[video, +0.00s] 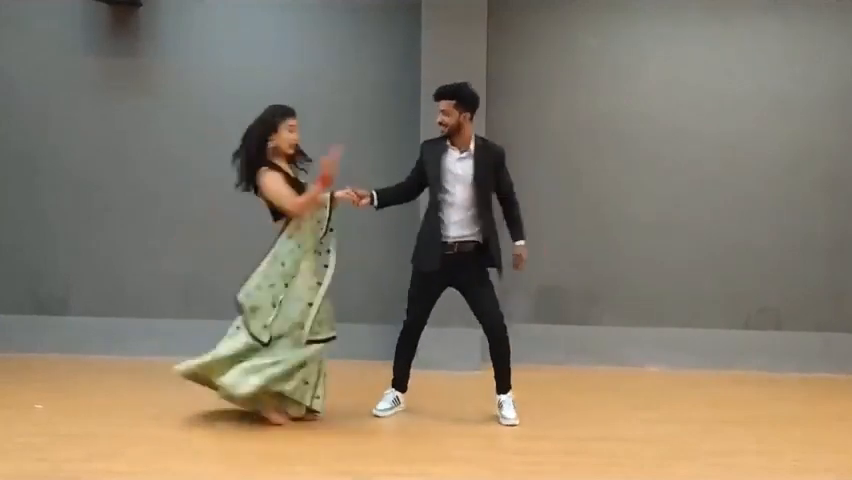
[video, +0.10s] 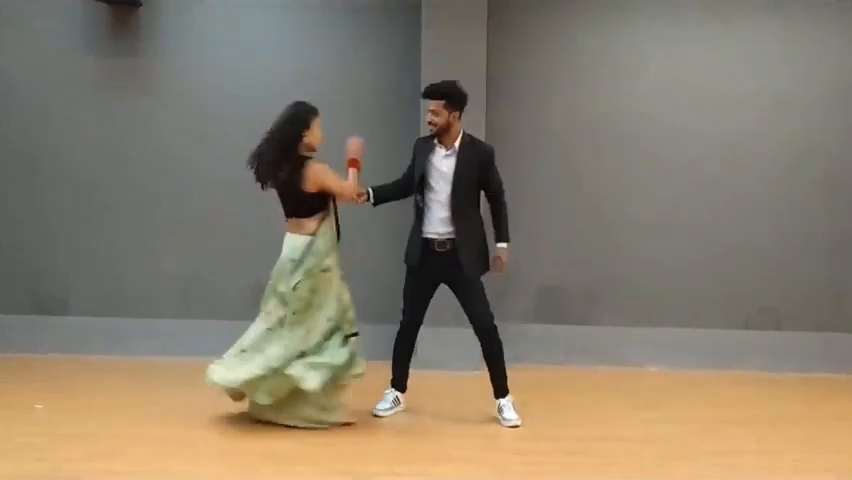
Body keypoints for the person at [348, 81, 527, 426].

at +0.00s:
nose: (439, 119)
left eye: (445, 113)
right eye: (438, 113)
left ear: (466, 115)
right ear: (443, 115)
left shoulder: (491, 154)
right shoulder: (431, 151)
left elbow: (507, 197)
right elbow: (410, 188)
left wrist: (518, 240)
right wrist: (372, 197)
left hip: (471, 256)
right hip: (433, 255)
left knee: (495, 326)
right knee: (413, 323)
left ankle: (504, 397)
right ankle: (396, 392)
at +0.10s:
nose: (428, 118)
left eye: (435, 112)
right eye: (427, 112)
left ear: (455, 114)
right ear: (431, 113)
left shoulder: (480, 153)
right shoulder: (423, 148)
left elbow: (496, 197)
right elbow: (408, 184)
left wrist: (501, 242)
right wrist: (370, 194)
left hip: (461, 252)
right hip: (424, 251)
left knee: (485, 325)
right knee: (409, 323)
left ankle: (503, 399)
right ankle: (396, 392)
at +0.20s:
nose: (425, 118)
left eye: (431, 113)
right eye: (423, 112)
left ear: (451, 113)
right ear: (423, 112)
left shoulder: (473, 150)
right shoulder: (418, 146)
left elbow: (490, 196)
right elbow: (402, 183)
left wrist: (490, 239)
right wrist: (362, 193)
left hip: (454, 251)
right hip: (417, 249)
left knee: (478, 324)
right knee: (407, 324)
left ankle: (500, 399)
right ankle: (393, 396)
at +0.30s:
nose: (424, 117)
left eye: (431, 111)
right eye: (423, 110)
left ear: (450, 112)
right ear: (423, 110)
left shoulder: (473, 150)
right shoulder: (416, 146)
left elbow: (488, 195)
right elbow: (397, 185)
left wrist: (487, 236)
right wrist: (354, 199)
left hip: (453, 251)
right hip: (416, 249)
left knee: (478, 325)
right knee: (407, 325)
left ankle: (500, 398)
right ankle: (394, 397)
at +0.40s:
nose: (428, 116)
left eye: (436, 111)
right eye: (426, 110)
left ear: (455, 113)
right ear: (423, 109)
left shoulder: (474, 150)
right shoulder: (415, 145)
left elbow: (488, 194)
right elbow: (400, 184)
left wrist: (486, 229)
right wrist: (368, 201)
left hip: (455, 250)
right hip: (416, 247)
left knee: (478, 325)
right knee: (405, 323)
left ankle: (501, 398)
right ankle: (396, 398)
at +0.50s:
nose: (436, 115)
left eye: (443, 111)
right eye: (434, 109)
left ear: (459, 113)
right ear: (432, 109)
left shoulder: (476, 152)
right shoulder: (417, 144)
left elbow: (488, 196)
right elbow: (396, 184)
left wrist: (485, 228)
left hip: (456, 251)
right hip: (417, 248)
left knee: (478, 325)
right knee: (404, 323)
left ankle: (501, 399)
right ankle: (394, 399)